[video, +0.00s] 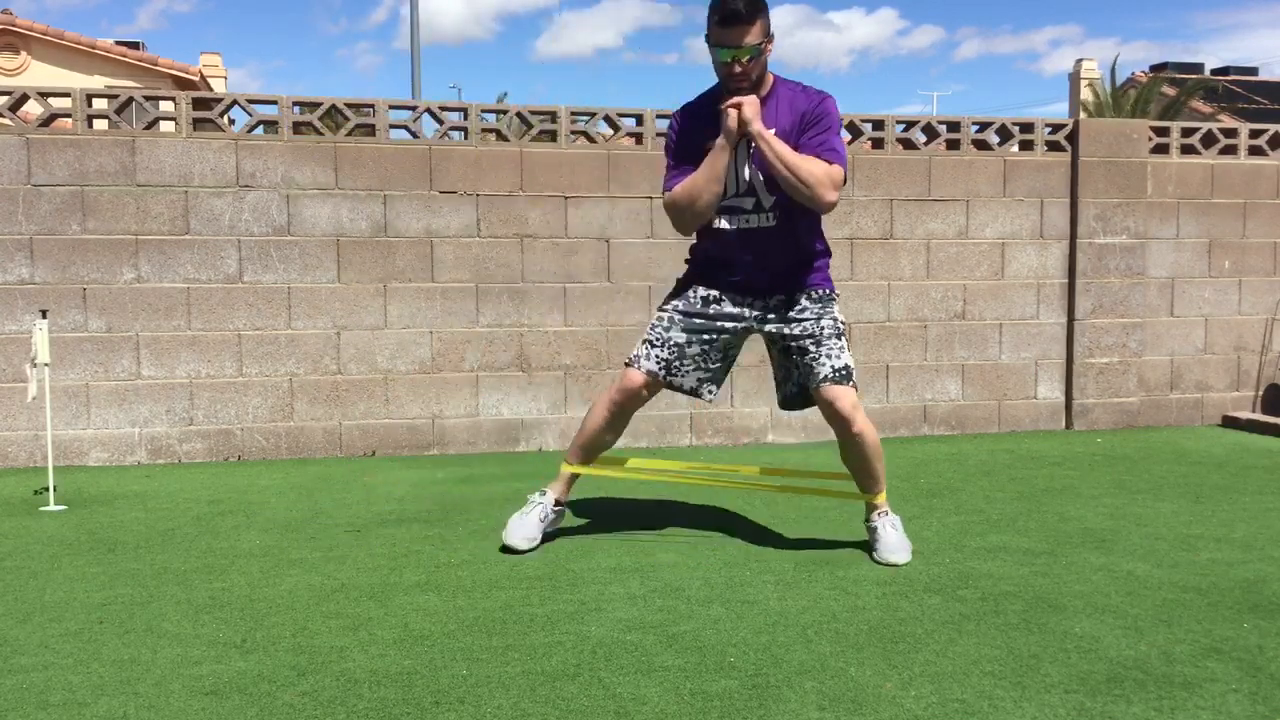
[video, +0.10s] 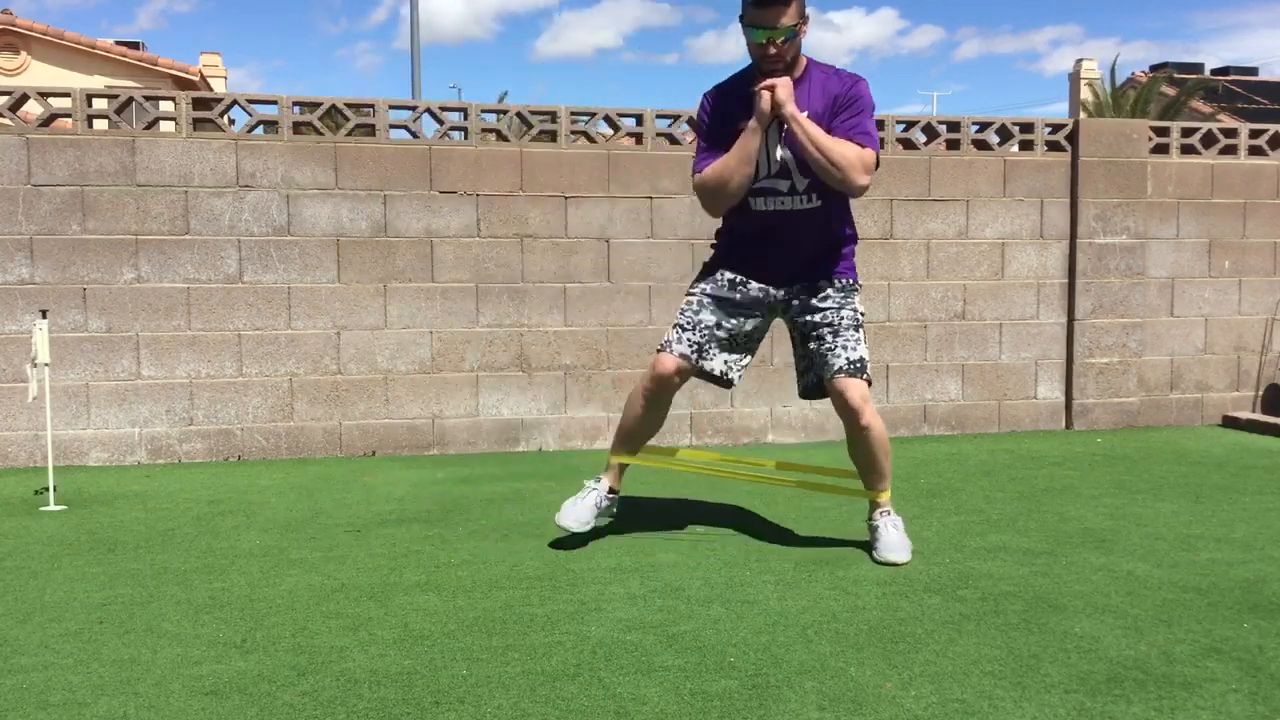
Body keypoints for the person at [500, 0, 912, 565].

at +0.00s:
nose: (736, 65)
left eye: (747, 52)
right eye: (723, 53)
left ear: (768, 42)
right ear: (708, 46)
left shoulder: (811, 107)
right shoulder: (692, 119)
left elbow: (824, 194)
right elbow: (684, 217)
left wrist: (758, 134)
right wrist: (727, 141)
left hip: (799, 285)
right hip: (713, 282)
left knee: (843, 406)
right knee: (631, 385)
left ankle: (881, 514)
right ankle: (553, 497)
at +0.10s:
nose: (770, 47)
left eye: (783, 35)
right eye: (758, 35)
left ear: (805, 26)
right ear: (744, 28)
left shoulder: (846, 91)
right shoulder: (723, 101)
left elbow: (856, 176)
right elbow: (714, 201)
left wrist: (791, 114)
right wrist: (759, 124)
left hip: (823, 271)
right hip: (740, 265)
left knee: (854, 399)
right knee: (664, 371)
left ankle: (884, 513)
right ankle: (607, 486)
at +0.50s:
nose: (806, 37)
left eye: (820, 26)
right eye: (794, 24)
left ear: (839, 24)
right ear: (778, 22)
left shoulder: (870, 93)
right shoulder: (746, 94)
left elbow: (872, 183)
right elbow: (734, 193)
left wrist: (818, 109)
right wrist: (786, 115)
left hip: (846, 270)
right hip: (764, 268)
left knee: (872, 387)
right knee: (727, 386)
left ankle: (887, 510)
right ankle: (712, 506)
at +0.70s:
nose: (814, 30)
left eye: (828, 19)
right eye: (801, 17)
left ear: (847, 18)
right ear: (785, 17)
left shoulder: (881, 82)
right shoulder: (757, 88)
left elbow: (883, 177)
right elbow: (742, 186)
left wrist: (828, 102)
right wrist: (795, 109)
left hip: (869, 262)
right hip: (788, 265)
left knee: (918, 375)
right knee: (747, 383)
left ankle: (969, 495)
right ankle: (718, 504)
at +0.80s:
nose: (836, 30)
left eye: (850, 18)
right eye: (824, 17)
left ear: (868, 20)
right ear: (807, 18)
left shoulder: (904, 83)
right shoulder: (778, 92)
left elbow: (911, 173)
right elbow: (762, 186)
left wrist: (850, 104)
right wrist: (816, 110)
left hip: (899, 263)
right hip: (814, 269)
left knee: (965, 375)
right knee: (766, 385)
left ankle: (1036, 493)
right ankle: (722, 504)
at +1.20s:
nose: (974, 10)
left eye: (985, 0)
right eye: (960, 1)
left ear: (1000, 5)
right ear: (941, 6)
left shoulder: (1041, 67)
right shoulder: (906, 80)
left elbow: (1079, 158)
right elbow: (901, 181)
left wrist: (1010, 104)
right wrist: (965, 116)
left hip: (1004, 260)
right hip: (914, 256)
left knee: (1049, 387)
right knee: (854, 365)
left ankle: (1074, 516)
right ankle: (800, 489)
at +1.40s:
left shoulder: (1036, 57)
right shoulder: (897, 66)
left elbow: (1087, 143)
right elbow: (873, 165)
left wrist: (1049, 160)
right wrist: (945, 162)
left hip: (1008, 255)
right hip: (920, 253)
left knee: (1047, 381)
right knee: (881, 373)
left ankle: (1077, 516)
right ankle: (839, 489)